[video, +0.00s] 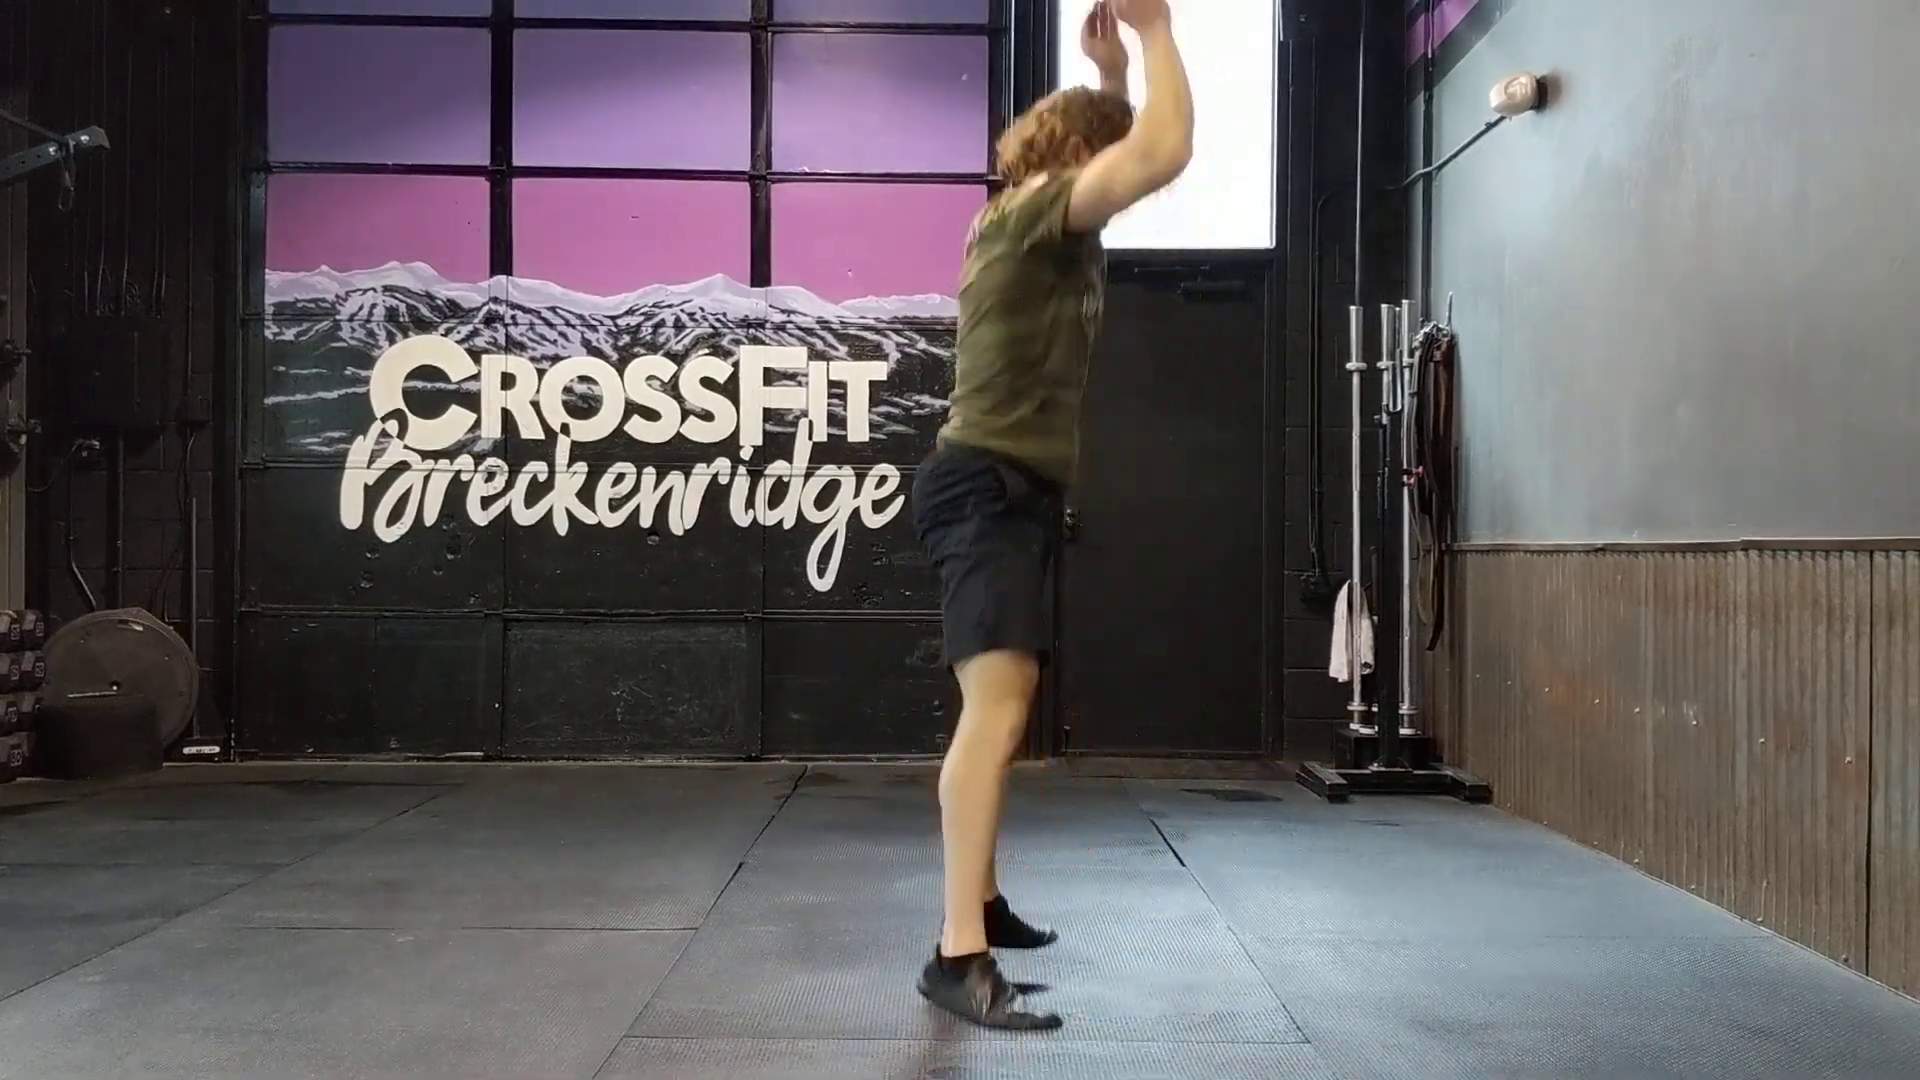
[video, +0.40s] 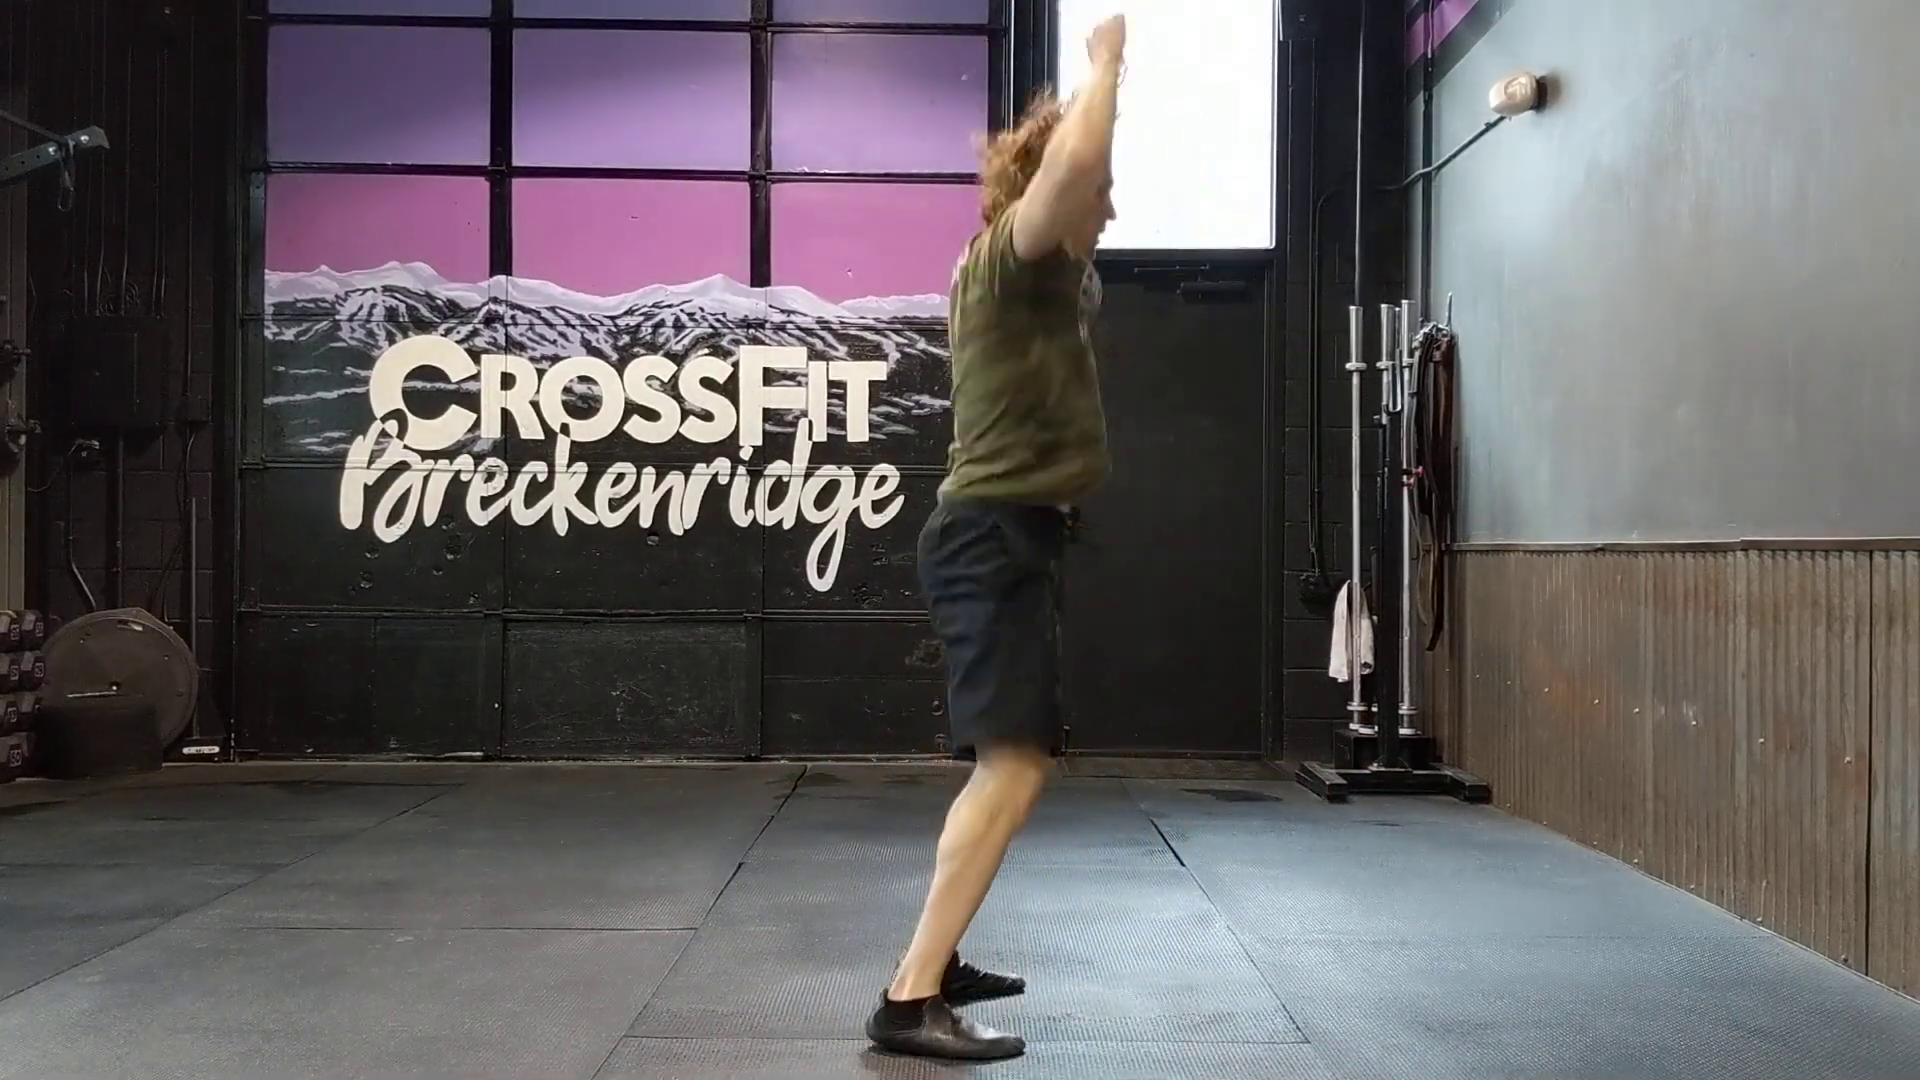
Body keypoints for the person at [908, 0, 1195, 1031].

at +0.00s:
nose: (1116, 181)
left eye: (1119, 162)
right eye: (1112, 161)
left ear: (1049, 150)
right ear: (1074, 156)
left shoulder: (1032, 219)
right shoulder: (1030, 216)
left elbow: (1099, 145)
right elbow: (1160, 152)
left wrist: (1110, 66)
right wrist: (1158, 30)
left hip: (1011, 490)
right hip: (985, 486)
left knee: (996, 709)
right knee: (994, 713)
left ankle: (974, 897)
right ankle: (957, 954)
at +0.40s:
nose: (1107, 210)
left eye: (1107, 190)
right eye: (1093, 191)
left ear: (1033, 171)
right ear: (1056, 185)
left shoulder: (1028, 262)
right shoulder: (1009, 258)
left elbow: (1073, 168)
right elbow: (1073, 170)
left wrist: (1099, 77)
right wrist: (1103, 70)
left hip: (1011, 533)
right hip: (991, 535)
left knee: (1014, 759)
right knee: (1014, 763)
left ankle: (940, 955)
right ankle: (911, 995)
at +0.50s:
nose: (1131, 244)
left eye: (1135, 229)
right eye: (1127, 225)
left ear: (1071, 214)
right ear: (1079, 211)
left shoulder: (1035, 287)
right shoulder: (1027, 279)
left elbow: (1053, 370)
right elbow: (1030, 370)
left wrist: (1163, 321)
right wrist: (1172, 305)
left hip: (994, 552)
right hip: (971, 547)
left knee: (1021, 761)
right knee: (1023, 763)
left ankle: (939, 955)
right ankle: (913, 993)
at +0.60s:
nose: (1175, 271)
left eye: (1181, 253)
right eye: (1174, 248)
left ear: (1125, 225)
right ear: (1128, 223)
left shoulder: (1073, 301)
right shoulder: (1055, 293)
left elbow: (1032, 450)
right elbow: (1027, 442)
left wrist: (1081, 550)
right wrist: (1113, 562)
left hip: (975, 540)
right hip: (951, 533)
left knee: (982, 757)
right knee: (982, 759)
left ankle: (930, 955)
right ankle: (909, 997)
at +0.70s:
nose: (1223, 335)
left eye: (1231, 319)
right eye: (1221, 313)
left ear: (1178, 291)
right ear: (1179, 285)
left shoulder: (1104, 349)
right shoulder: (1083, 334)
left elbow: (1033, 501)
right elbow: (1022, 494)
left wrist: (1045, 623)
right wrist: (1067, 639)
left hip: (954, 538)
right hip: (927, 532)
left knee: (968, 760)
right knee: (963, 762)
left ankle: (931, 957)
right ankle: (905, 998)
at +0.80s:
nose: (1245, 432)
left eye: (1255, 416)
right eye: (1248, 411)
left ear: (1208, 377)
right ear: (1210, 377)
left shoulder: (1122, 406)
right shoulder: (1115, 401)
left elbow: (1039, 574)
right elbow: (1040, 569)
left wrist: (1051, 706)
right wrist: (1073, 718)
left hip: (921, 550)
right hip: (906, 546)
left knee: (981, 765)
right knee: (981, 770)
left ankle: (929, 964)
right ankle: (906, 1002)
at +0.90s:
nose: (1243, 527)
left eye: (1254, 514)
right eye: (1249, 507)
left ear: (1212, 468)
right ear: (1216, 470)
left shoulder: (1122, 474)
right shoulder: (1123, 486)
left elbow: (1057, 659)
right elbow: (1076, 662)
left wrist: (1084, 806)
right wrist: (1102, 814)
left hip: (908, 580)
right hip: (899, 583)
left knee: (1015, 773)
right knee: (1025, 781)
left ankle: (932, 961)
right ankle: (912, 1000)